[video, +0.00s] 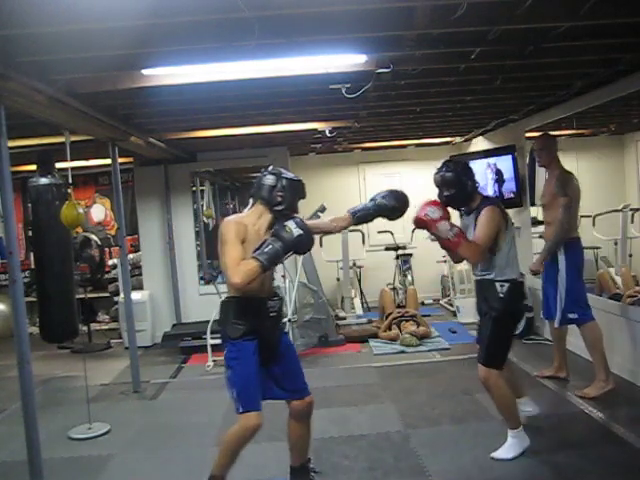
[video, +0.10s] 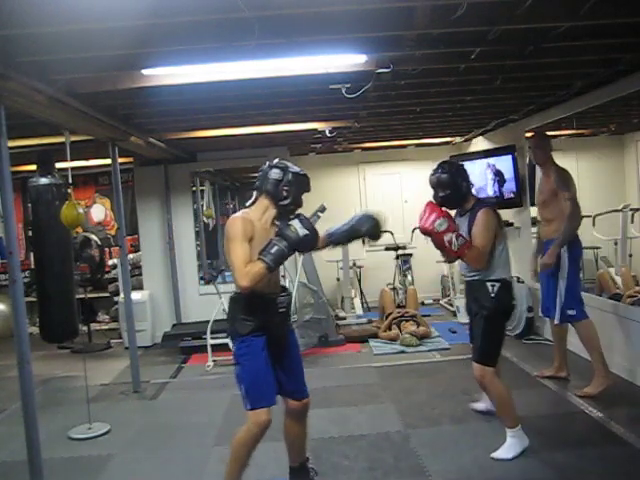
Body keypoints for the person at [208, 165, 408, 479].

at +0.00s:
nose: (295, 208)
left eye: (295, 202)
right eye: (291, 201)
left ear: (272, 196)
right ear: (275, 196)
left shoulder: (277, 224)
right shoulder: (232, 225)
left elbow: (330, 225)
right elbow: (238, 279)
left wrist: (373, 207)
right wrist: (278, 245)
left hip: (271, 325)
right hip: (241, 329)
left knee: (301, 403)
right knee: (251, 420)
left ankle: (300, 473)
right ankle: (215, 476)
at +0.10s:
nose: (297, 198)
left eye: (299, 192)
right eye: (294, 190)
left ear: (276, 189)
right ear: (277, 187)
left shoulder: (279, 223)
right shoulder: (239, 223)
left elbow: (312, 242)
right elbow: (245, 279)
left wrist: (350, 230)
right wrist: (284, 243)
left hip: (278, 321)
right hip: (248, 327)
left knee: (298, 403)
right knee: (260, 418)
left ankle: (299, 472)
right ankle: (231, 476)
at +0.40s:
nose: (313, 197)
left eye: (313, 191)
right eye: (312, 190)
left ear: (282, 187)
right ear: (302, 189)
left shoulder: (272, 222)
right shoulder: (274, 221)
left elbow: (285, 275)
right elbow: (295, 279)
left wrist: (308, 247)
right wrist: (321, 251)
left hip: (286, 325)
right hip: (274, 328)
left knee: (320, 396)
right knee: (267, 423)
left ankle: (320, 471)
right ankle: (240, 476)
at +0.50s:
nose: (323, 198)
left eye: (323, 192)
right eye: (322, 190)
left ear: (291, 187)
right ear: (314, 189)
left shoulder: (278, 221)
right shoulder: (292, 222)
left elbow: (302, 275)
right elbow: (319, 279)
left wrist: (326, 246)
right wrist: (336, 248)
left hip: (288, 322)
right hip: (288, 325)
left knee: (319, 402)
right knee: (292, 419)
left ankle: (325, 473)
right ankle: (251, 475)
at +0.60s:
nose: (332, 199)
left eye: (332, 193)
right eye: (331, 192)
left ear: (300, 186)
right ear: (323, 189)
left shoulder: (287, 222)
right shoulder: (307, 223)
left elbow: (311, 268)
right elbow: (339, 278)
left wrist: (336, 242)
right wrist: (350, 243)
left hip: (293, 317)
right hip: (305, 321)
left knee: (320, 407)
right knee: (333, 417)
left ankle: (325, 471)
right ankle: (275, 475)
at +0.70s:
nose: (345, 191)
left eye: (343, 185)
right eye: (343, 184)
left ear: (312, 182)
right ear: (333, 183)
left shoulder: (294, 218)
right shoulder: (322, 218)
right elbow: (350, 272)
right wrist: (361, 238)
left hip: (299, 316)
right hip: (319, 320)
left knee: (322, 400)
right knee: (359, 404)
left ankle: (323, 471)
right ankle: (319, 470)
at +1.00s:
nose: (369, 190)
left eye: (368, 184)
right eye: (367, 184)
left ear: (335, 183)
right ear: (359, 183)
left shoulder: (316, 217)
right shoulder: (364, 216)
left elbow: (299, 264)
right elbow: (394, 267)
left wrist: (321, 241)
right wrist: (399, 242)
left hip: (329, 309)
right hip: (357, 310)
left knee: (356, 387)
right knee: (370, 400)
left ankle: (349, 458)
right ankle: (360, 474)